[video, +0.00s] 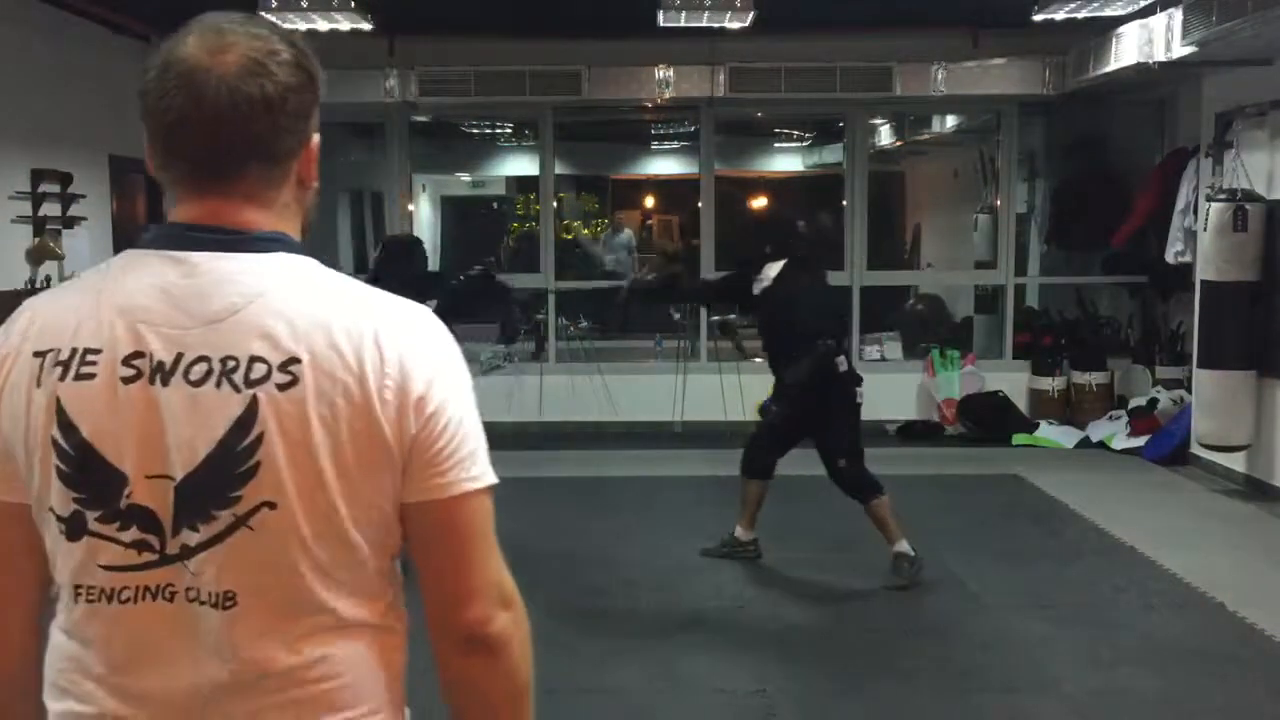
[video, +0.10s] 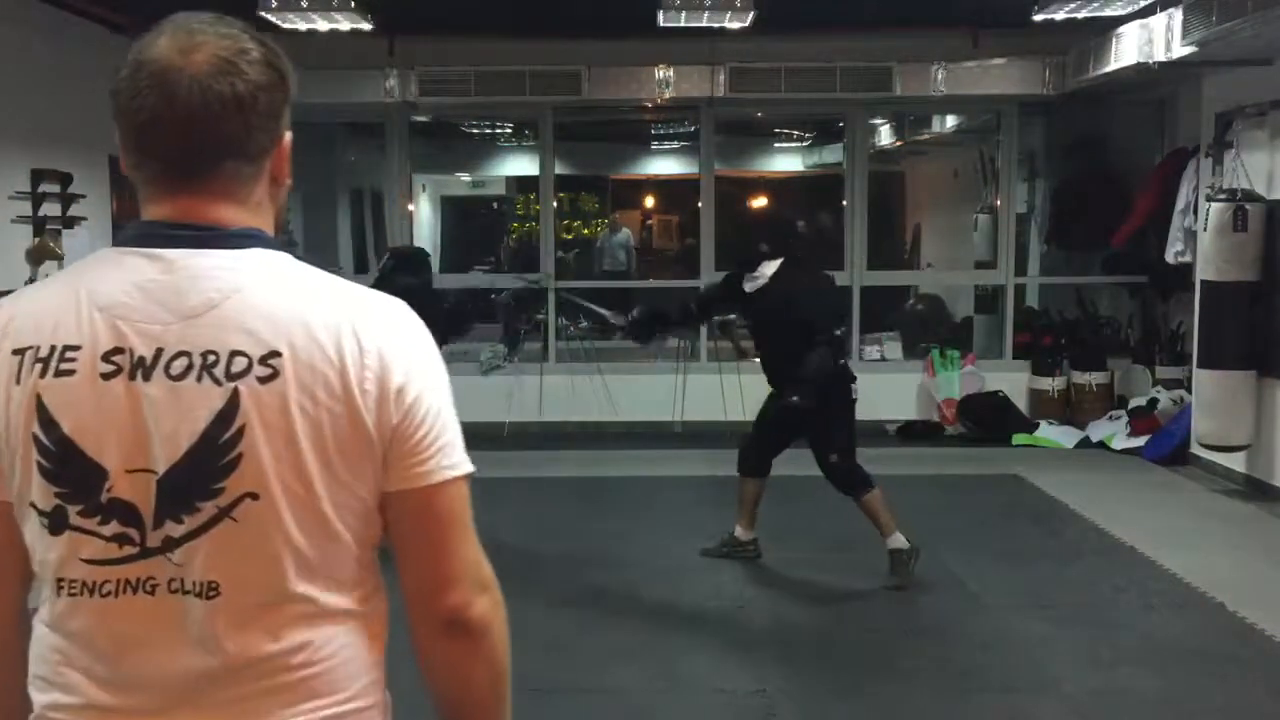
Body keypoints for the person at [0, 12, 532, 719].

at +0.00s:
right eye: (318, 146)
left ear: (153, 159)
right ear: (309, 161)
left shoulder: (33, 336)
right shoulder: (399, 342)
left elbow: (16, 612)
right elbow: (479, 626)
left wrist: (27, 710)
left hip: (95, 704)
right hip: (326, 705)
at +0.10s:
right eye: (294, 145)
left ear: (124, 159)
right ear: (283, 158)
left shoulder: (20, 329)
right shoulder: (378, 337)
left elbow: (8, 589)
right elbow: (458, 609)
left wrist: (18, 708)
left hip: (81, 702)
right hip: (309, 704)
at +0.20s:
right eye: (278, 148)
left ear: (109, 158)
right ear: (264, 159)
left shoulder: (16, 327)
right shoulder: (361, 334)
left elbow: (6, 587)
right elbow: (447, 603)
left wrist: (17, 706)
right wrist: (472, 710)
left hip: (76, 701)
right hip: (302, 703)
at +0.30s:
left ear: (103, 165)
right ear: (258, 166)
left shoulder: (16, 334)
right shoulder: (358, 337)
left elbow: (6, 592)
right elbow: (448, 605)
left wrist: (19, 707)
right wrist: (470, 711)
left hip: (77, 703)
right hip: (306, 704)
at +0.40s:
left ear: (104, 176)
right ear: (260, 173)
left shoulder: (14, 347)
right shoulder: (362, 346)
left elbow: (6, 605)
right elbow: (458, 615)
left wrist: (15, 708)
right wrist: (477, 711)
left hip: (78, 703)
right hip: (312, 704)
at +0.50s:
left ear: (113, 183)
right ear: (269, 176)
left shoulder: (17, 353)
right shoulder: (373, 351)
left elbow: (11, 619)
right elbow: (467, 622)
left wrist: (20, 709)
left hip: (85, 704)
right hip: (320, 705)